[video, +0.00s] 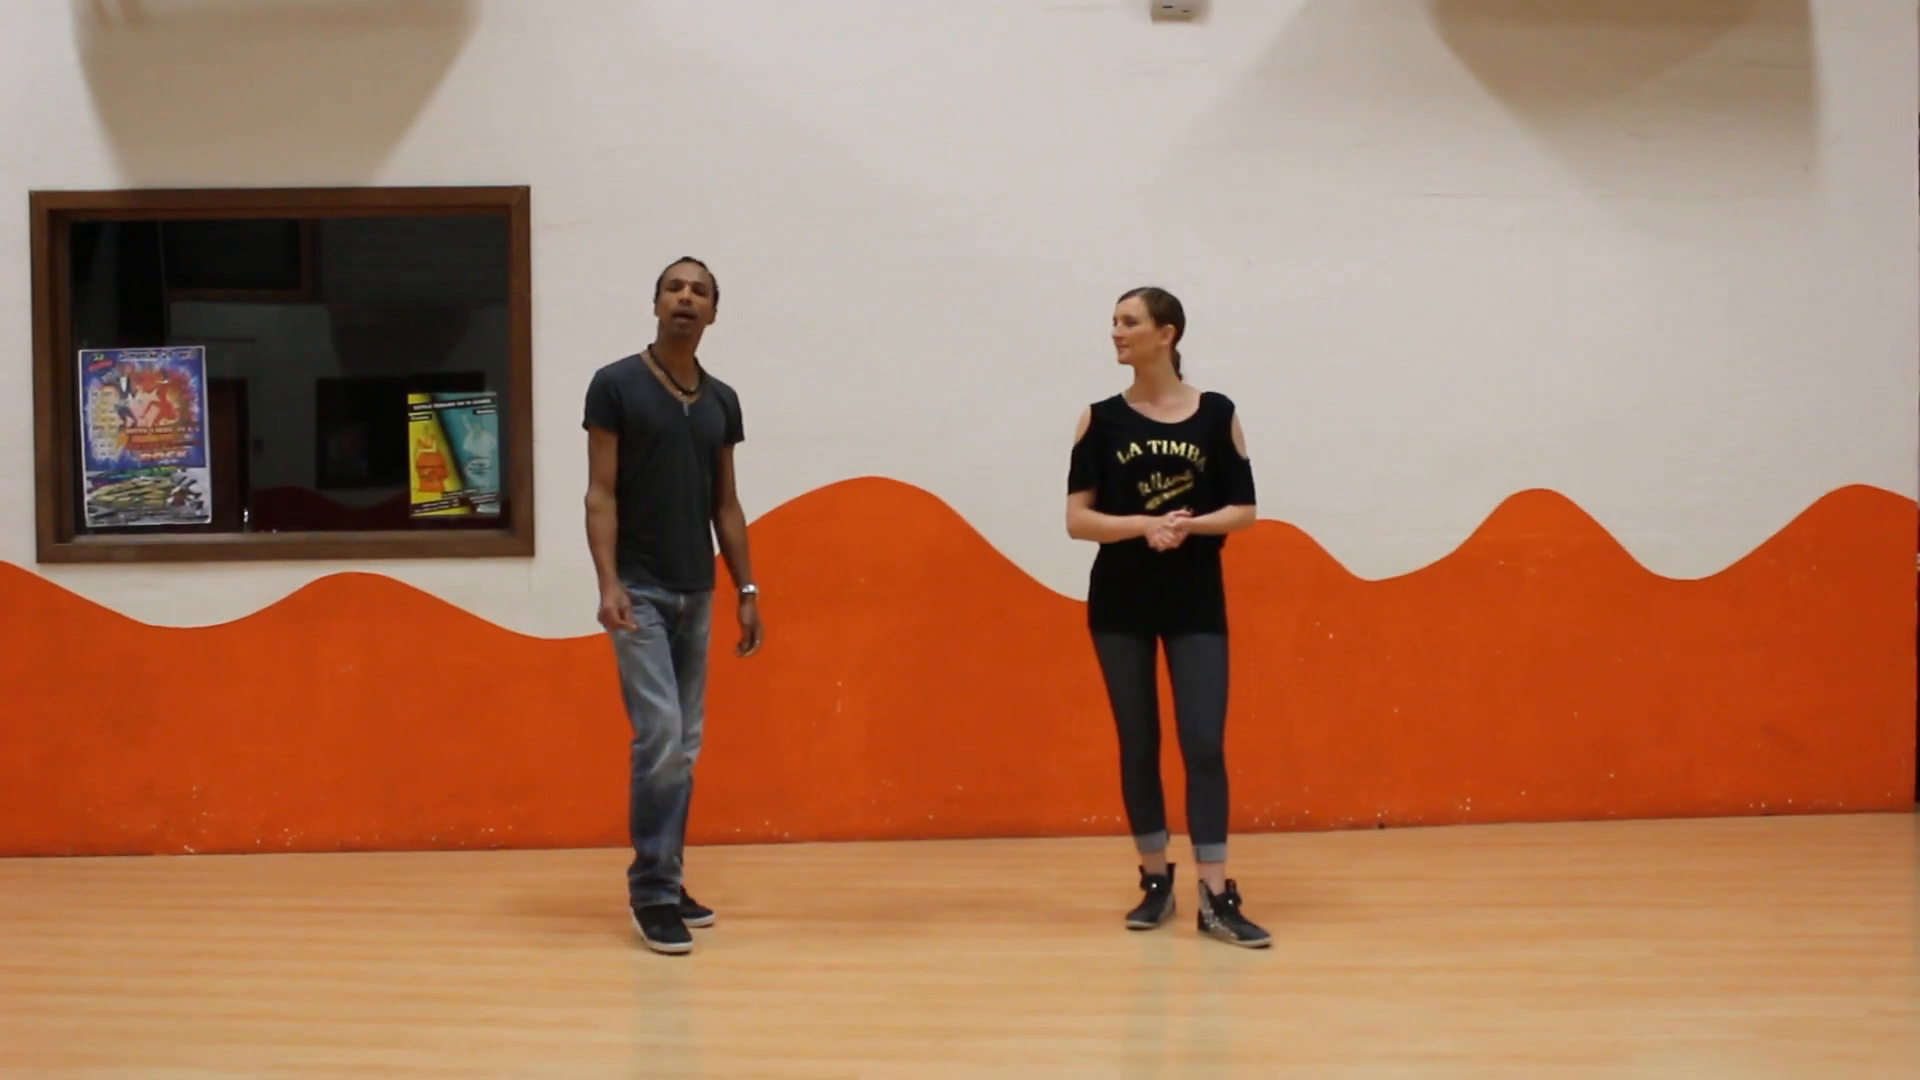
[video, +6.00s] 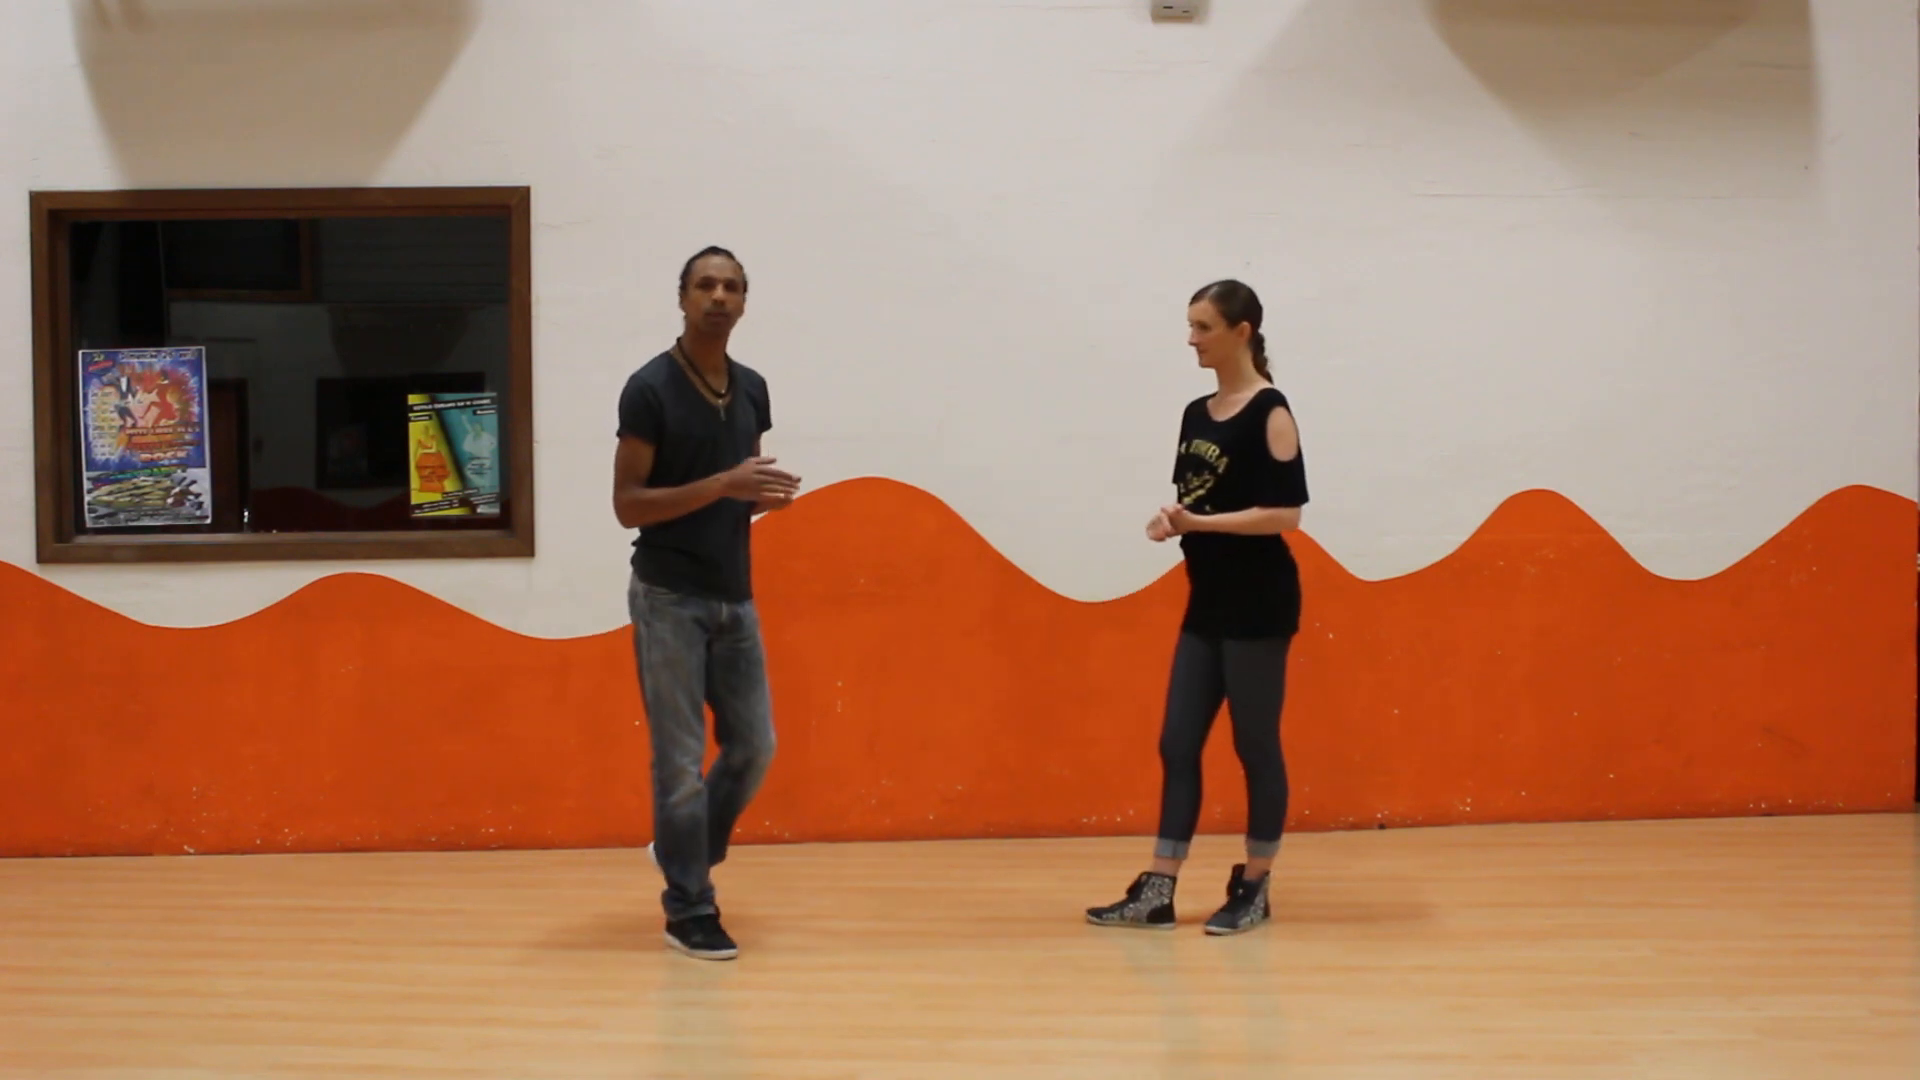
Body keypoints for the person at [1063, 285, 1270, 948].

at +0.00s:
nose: (1116, 333)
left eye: (1129, 322)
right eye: (1115, 323)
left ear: (1168, 333)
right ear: (1121, 336)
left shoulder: (1216, 413)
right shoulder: (1099, 420)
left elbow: (1243, 510)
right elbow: (1078, 519)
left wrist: (1191, 523)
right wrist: (1140, 525)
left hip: (1194, 599)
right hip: (1120, 600)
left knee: (1204, 747)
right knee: (1138, 745)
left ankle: (1216, 896)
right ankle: (1157, 883)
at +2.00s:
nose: (1121, 339)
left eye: (1134, 328)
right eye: (1117, 329)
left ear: (1169, 337)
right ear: (1114, 338)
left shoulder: (1212, 415)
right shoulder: (1096, 423)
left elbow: (1242, 510)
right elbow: (1076, 523)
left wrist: (1197, 524)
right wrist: (1142, 525)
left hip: (1194, 603)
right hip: (1120, 604)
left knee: (1205, 747)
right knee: (1138, 745)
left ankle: (1216, 896)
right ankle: (1157, 883)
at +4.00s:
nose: (1146, 336)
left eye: (1157, 325)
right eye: (1135, 326)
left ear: (1177, 337)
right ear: (1119, 338)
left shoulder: (1212, 413)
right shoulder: (1096, 424)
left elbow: (1244, 508)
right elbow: (1077, 524)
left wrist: (1198, 522)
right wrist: (1139, 521)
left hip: (1195, 602)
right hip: (1120, 604)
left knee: (1207, 747)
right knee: (1139, 746)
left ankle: (1216, 896)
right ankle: (1157, 883)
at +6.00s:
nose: (1193, 340)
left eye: (1204, 328)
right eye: (1191, 328)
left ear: (1244, 330)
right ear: (1205, 333)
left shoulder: (1272, 414)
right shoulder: (1197, 413)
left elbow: (1285, 515)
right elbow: (1201, 501)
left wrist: (1198, 522)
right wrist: (1175, 516)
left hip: (1260, 606)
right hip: (1207, 602)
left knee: (1258, 745)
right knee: (1178, 744)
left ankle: (1252, 890)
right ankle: (1158, 890)